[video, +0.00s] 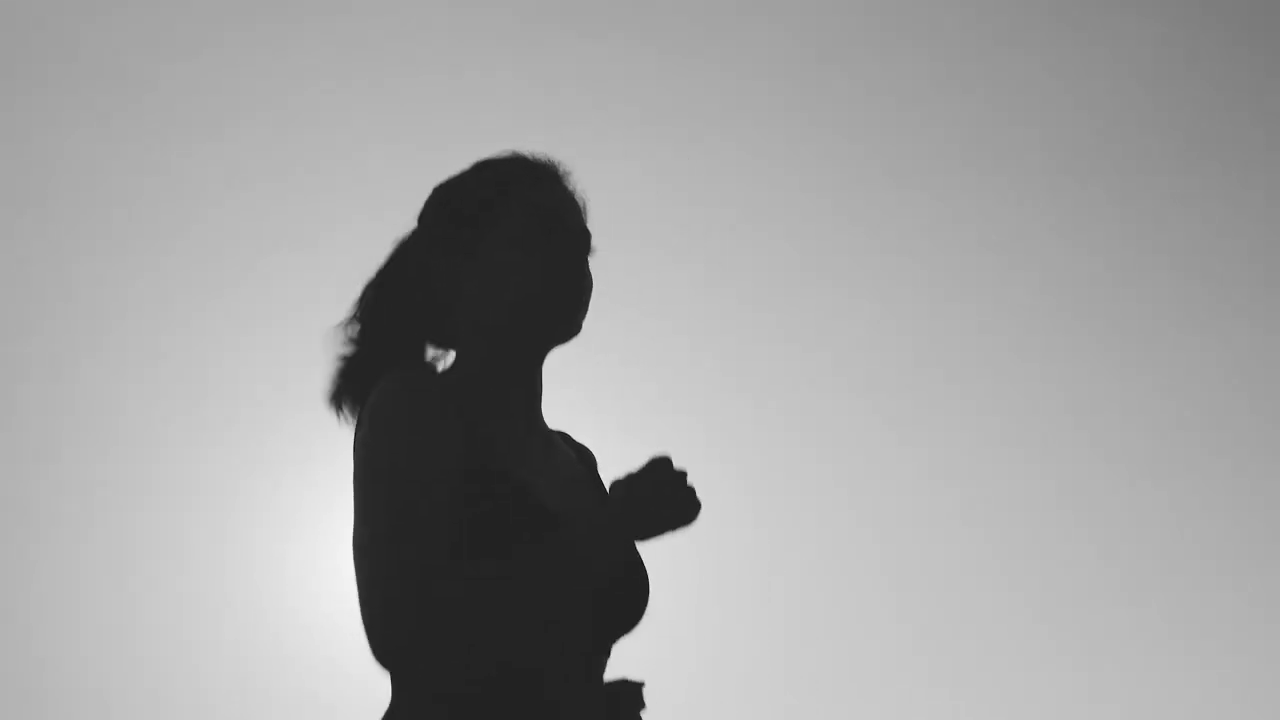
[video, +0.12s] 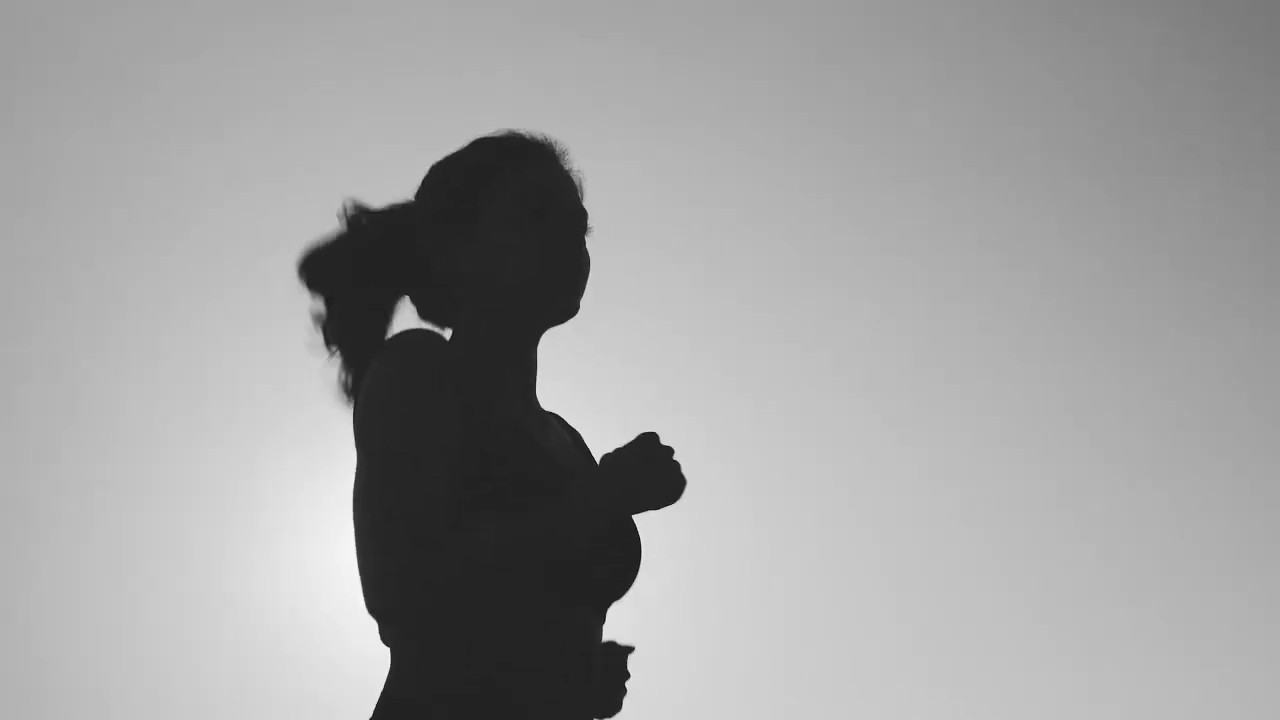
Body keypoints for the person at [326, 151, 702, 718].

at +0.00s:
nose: (585, 268)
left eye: (585, 248)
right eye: (560, 246)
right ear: (485, 260)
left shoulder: (573, 460)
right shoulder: (411, 412)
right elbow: (402, 632)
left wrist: (615, 520)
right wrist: (608, 517)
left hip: (565, 708)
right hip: (446, 706)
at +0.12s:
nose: (578, 242)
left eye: (579, 224)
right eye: (545, 219)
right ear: (465, 244)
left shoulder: (565, 441)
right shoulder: (415, 368)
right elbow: (404, 587)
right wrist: (605, 493)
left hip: (559, 704)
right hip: (440, 699)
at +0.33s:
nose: (578, 260)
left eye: (575, 238)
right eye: (549, 233)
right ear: (467, 255)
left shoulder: (564, 452)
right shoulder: (410, 377)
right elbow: (329, 596)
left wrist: (584, 674)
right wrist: (552, 549)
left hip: (550, 707)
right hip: (429, 703)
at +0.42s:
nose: (574, 282)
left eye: (571, 259)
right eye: (543, 254)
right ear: (466, 277)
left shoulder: (564, 477)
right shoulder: (404, 404)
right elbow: (290, 628)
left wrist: (586, 691)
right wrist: (532, 613)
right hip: (421, 707)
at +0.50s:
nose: (574, 303)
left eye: (570, 283)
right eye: (546, 279)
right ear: (463, 299)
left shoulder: (572, 512)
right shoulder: (390, 437)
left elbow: (540, 697)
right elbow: (249, 664)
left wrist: (602, 710)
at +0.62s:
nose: (569, 323)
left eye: (567, 300)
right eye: (535, 297)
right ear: (448, 327)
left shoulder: (577, 541)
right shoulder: (377, 471)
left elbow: (555, 706)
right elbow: (203, 688)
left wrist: (631, 719)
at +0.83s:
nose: (558, 303)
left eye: (560, 281)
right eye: (523, 278)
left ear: (566, 308)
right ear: (433, 307)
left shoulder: (584, 515)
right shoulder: (353, 451)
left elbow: (643, 718)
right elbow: (165, 641)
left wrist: (659, 649)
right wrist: (328, 698)